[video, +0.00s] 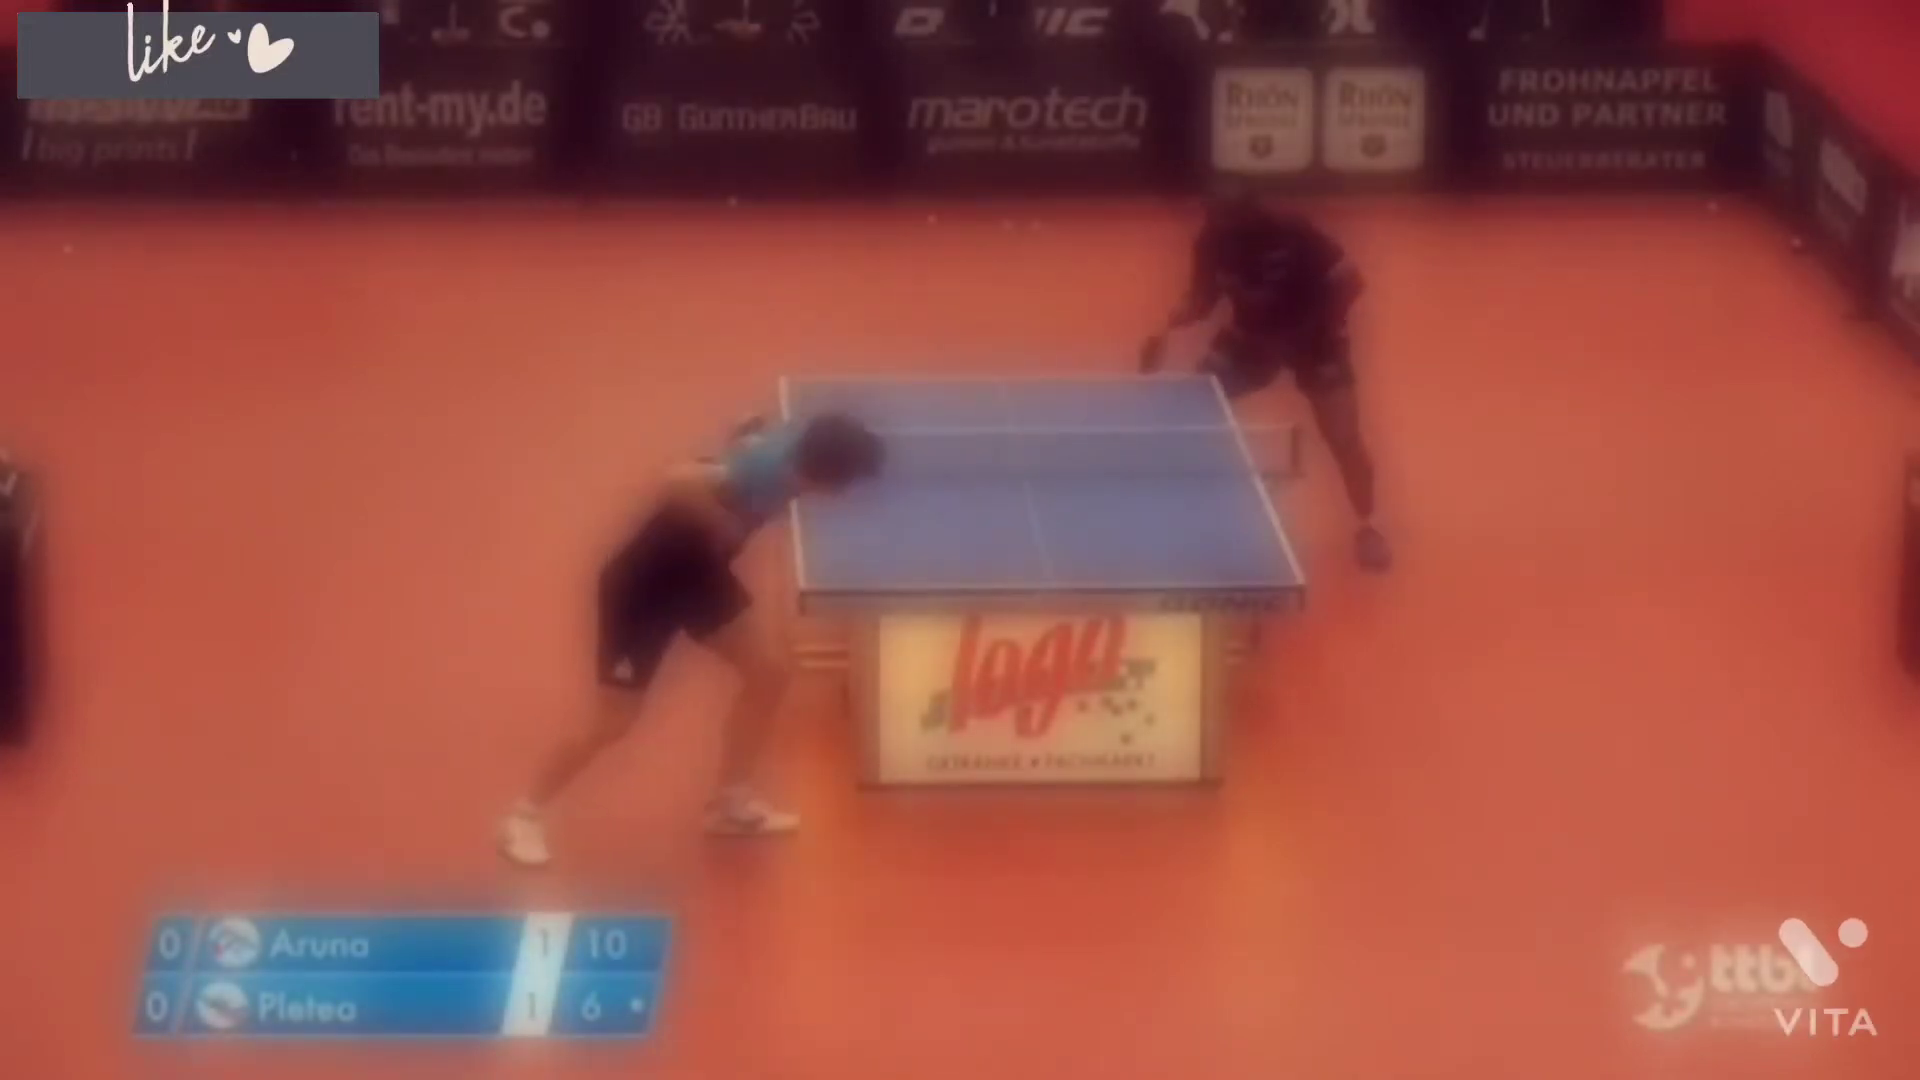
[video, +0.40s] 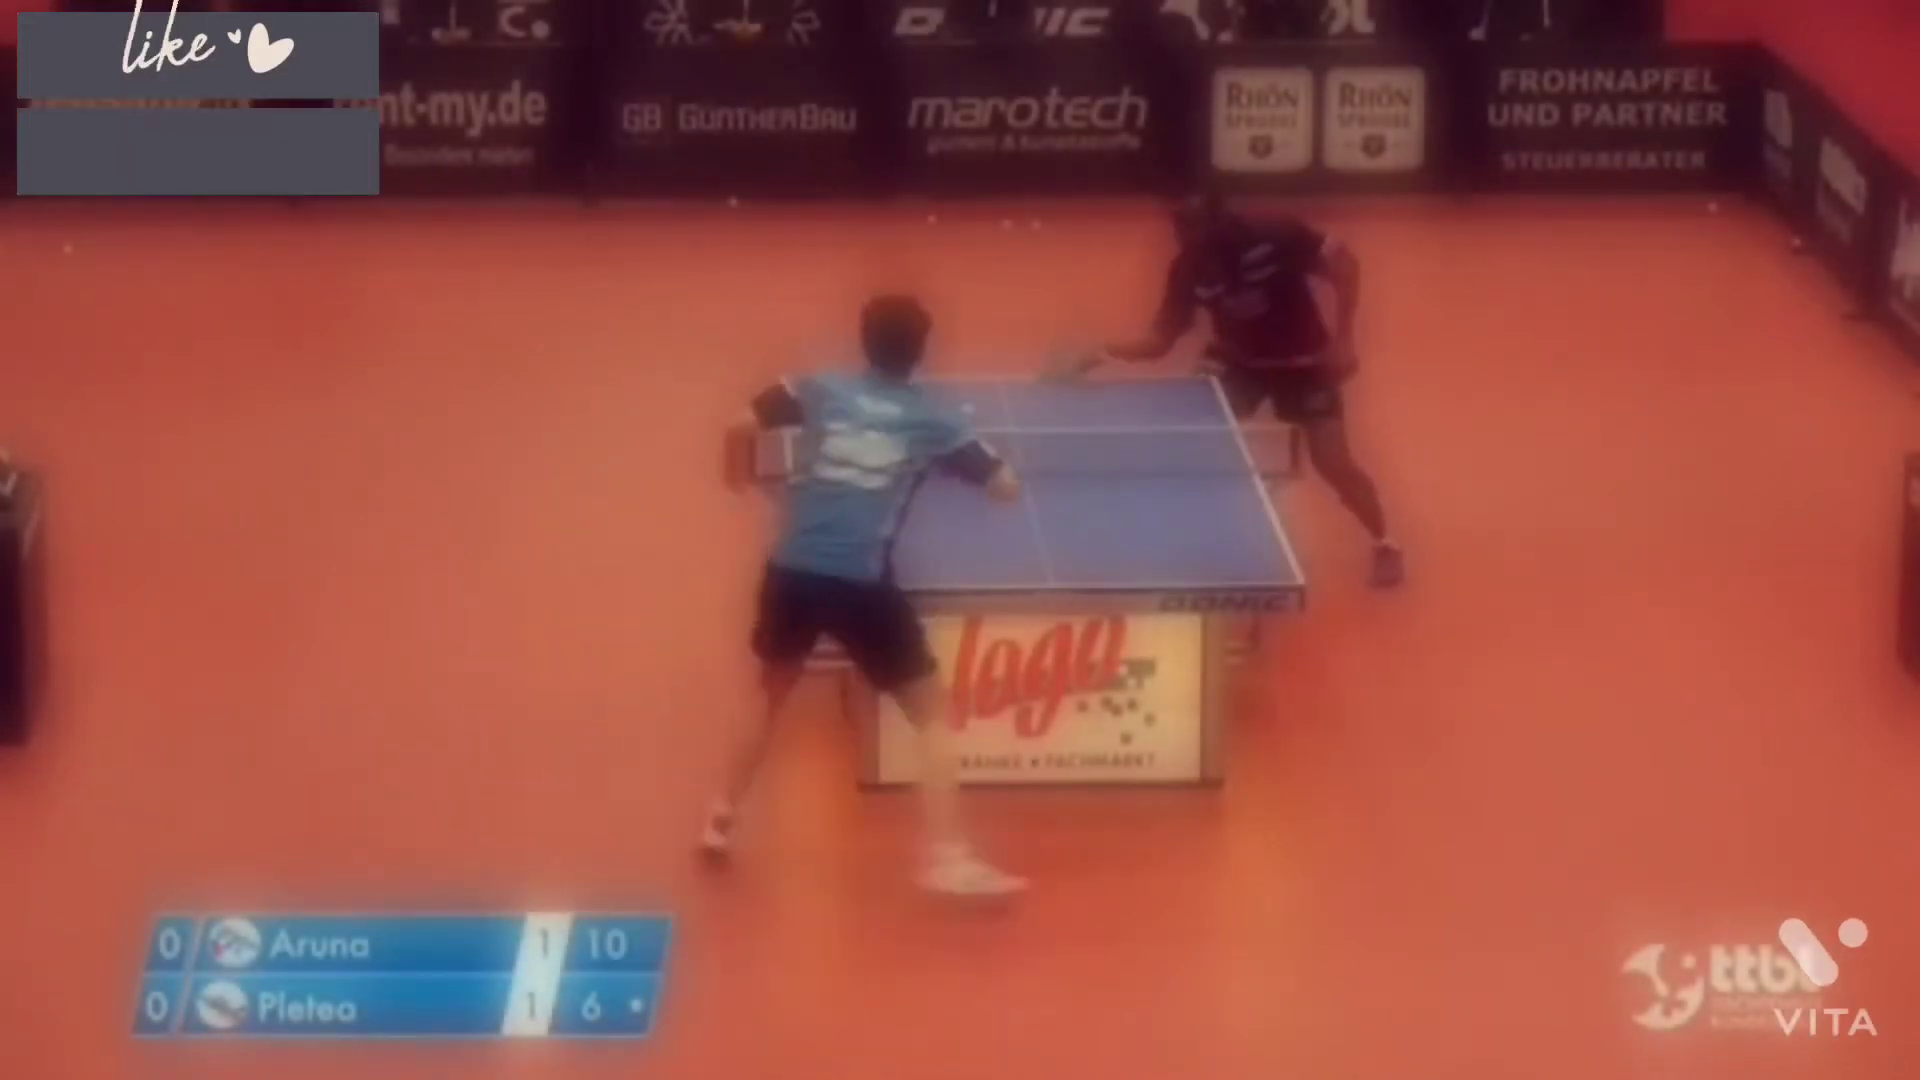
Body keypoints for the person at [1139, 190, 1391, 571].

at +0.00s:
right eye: (1216, 220)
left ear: (1248, 217)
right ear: (1216, 220)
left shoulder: (1296, 234)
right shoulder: (1215, 241)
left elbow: (1349, 281)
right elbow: (1202, 301)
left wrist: (1323, 329)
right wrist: (1162, 334)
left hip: (1313, 339)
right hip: (1250, 338)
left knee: (1344, 438)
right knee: (1188, 411)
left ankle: (1366, 524)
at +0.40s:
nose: (1184, 233)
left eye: (1191, 222)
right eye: (1180, 224)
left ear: (1216, 213)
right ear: (1180, 224)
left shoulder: (1275, 235)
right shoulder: (1189, 264)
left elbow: (1343, 265)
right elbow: (1161, 342)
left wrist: (1344, 340)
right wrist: (1106, 350)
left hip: (1301, 363)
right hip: (1234, 366)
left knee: (1331, 463)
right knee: (1184, 447)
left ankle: (1384, 541)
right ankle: (1190, 559)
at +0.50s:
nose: (1159, 234)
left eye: (1166, 223)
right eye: (1153, 225)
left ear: (1188, 214)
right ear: (1149, 225)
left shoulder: (1244, 235)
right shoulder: (1162, 268)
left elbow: (1319, 256)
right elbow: (1135, 344)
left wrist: (1342, 325)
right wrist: (1083, 353)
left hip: (1282, 361)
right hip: (1213, 366)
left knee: (1325, 460)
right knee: (1171, 451)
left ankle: (1383, 542)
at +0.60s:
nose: (1116, 252)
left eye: (1121, 242)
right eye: (1109, 246)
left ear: (1139, 235)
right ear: (1103, 248)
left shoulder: (1190, 243)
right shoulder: (1111, 290)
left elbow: (1254, 246)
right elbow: (1105, 355)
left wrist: (1297, 307)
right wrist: (1093, 377)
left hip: (1234, 372)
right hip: (1171, 389)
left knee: (1297, 455)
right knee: (1178, 481)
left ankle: (1370, 537)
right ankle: (1186, 581)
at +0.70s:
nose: (1097, 274)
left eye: (1101, 263)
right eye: (1088, 268)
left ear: (1116, 252)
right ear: (1078, 268)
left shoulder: (1155, 256)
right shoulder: (1086, 304)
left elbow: (1212, 254)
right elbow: (1082, 366)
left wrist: (1257, 307)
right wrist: (1079, 390)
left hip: (1206, 381)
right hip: (1146, 398)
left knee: (1270, 453)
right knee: (1164, 485)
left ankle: (1342, 533)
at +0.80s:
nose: (1086, 246)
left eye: (1091, 236)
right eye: (1077, 240)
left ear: (1104, 230)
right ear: (1065, 242)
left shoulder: (1144, 242)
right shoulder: (1064, 283)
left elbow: (1203, 243)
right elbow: (1067, 339)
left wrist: (1237, 311)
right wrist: (1079, 365)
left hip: (1188, 366)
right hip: (1124, 385)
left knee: (1236, 438)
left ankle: (1279, 515)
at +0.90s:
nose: (1087, 225)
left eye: (1094, 214)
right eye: (1078, 217)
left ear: (1109, 208)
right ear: (1067, 217)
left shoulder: (1148, 227)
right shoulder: (1059, 261)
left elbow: (1213, 238)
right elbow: (1060, 318)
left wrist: (1241, 312)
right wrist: (1053, 359)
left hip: (1177, 347)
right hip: (1110, 355)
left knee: (1205, 433)